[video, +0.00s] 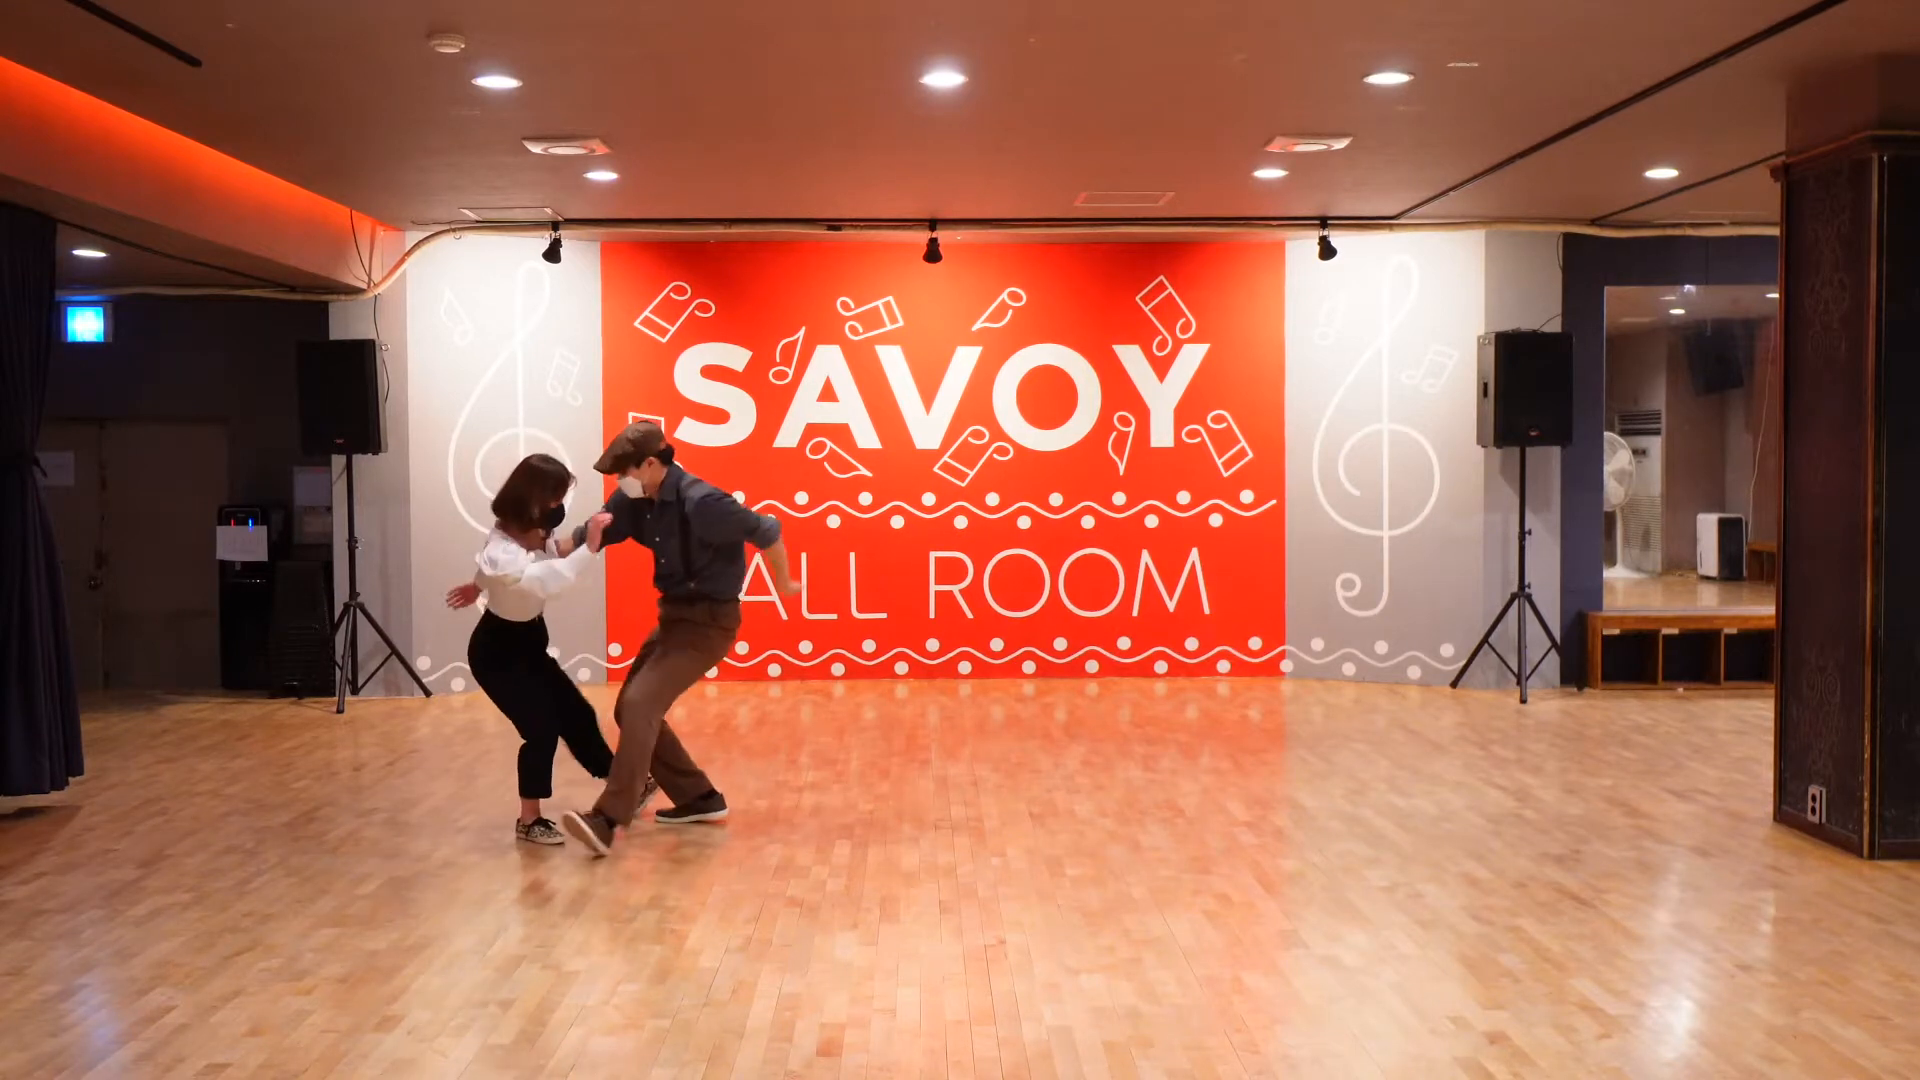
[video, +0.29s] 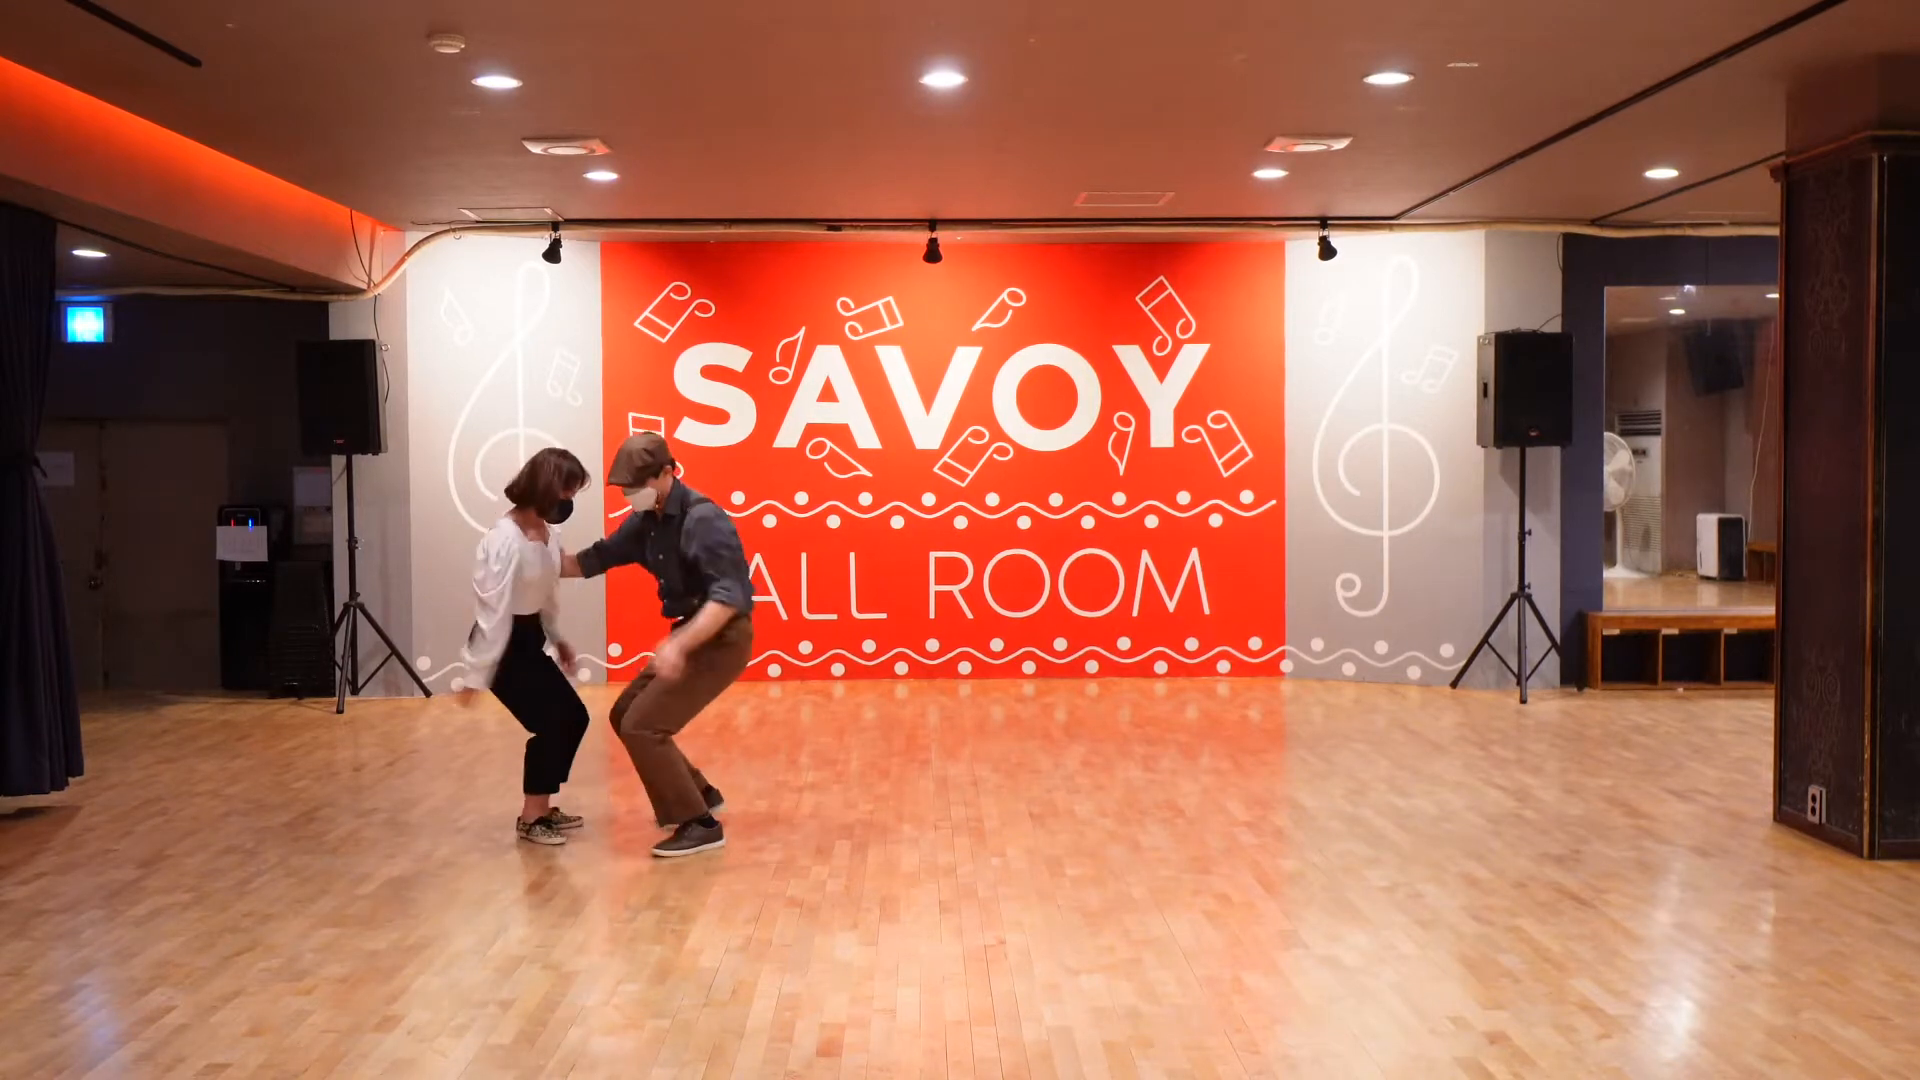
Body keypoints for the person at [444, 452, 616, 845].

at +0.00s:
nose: (560, 508)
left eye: (562, 500)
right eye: (555, 501)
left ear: (526, 499)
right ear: (534, 502)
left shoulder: (533, 534)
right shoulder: (502, 556)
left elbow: (559, 546)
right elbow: (543, 580)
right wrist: (587, 550)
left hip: (529, 647)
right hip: (495, 654)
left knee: (578, 716)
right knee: (540, 727)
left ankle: (623, 783)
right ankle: (529, 820)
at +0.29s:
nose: (572, 500)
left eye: (575, 492)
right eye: (568, 492)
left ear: (540, 489)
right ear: (547, 488)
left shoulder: (549, 534)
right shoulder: (504, 539)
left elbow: (545, 600)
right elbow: (492, 616)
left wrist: (559, 642)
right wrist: (473, 675)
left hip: (530, 639)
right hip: (500, 643)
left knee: (574, 716)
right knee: (551, 722)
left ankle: (541, 807)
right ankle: (531, 817)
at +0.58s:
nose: (577, 509)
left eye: (580, 502)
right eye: (575, 500)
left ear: (550, 494)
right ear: (555, 497)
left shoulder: (552, 540)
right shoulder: (500, 524)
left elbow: (592, 578)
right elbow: (436, 541)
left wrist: (627, 552)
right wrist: (376, 562)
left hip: (522, 643)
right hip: (490, 646)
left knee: (571, 715)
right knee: (551, 726)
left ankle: (537, 808)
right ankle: (622, 802)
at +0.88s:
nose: (583, 509)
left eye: (584, 501)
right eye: (579, 500)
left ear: (547, 498)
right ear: (554, 499)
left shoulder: (548, 542)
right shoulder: (497, 539)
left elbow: (561, 607)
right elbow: (474, 612)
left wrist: (590, 645)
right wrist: (488, 669)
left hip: (525, 640)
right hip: (495, 643)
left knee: (574, 715)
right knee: (554, 721)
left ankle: (540, 810)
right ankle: (527, 822)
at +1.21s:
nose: (566, 519)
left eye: (570, 510)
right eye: (566, 511)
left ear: (520, 490)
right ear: (555, 514)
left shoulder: (496, 531)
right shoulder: (516, 549)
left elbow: (459, 545)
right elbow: (562, 570)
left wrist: (417, 557)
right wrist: (602, 526)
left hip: (497, 646)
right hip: (488, 656)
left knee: (568, 703)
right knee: (555, 723)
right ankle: (527, 823)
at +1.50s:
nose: (564, 502)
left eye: (564, 494)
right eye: (560, 494)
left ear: (524, 491)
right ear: (541, 495)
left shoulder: (521, 536)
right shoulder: (503, 547)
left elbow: (481, 583)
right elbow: (523, 617)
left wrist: (460, 621)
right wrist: (558, 669)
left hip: (498, 645)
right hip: (480, 654)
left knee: (561, 709)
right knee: (550, 721)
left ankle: (531, 806)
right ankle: (527, 821)